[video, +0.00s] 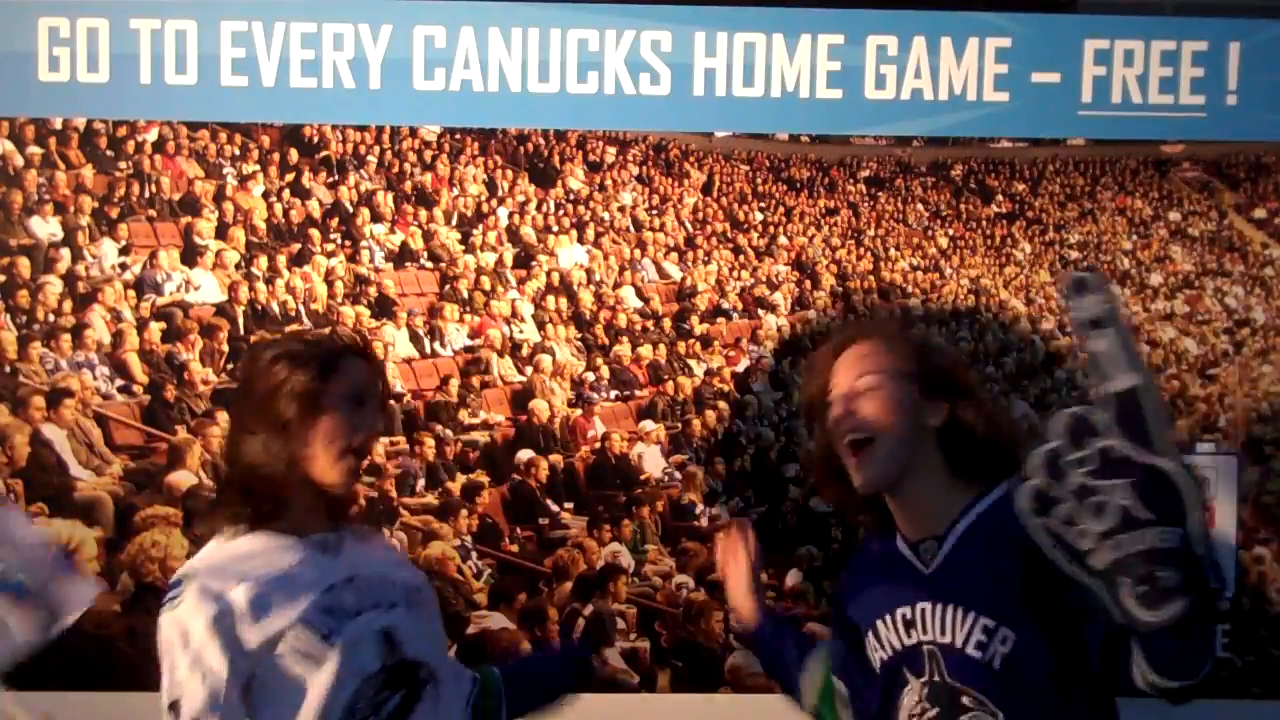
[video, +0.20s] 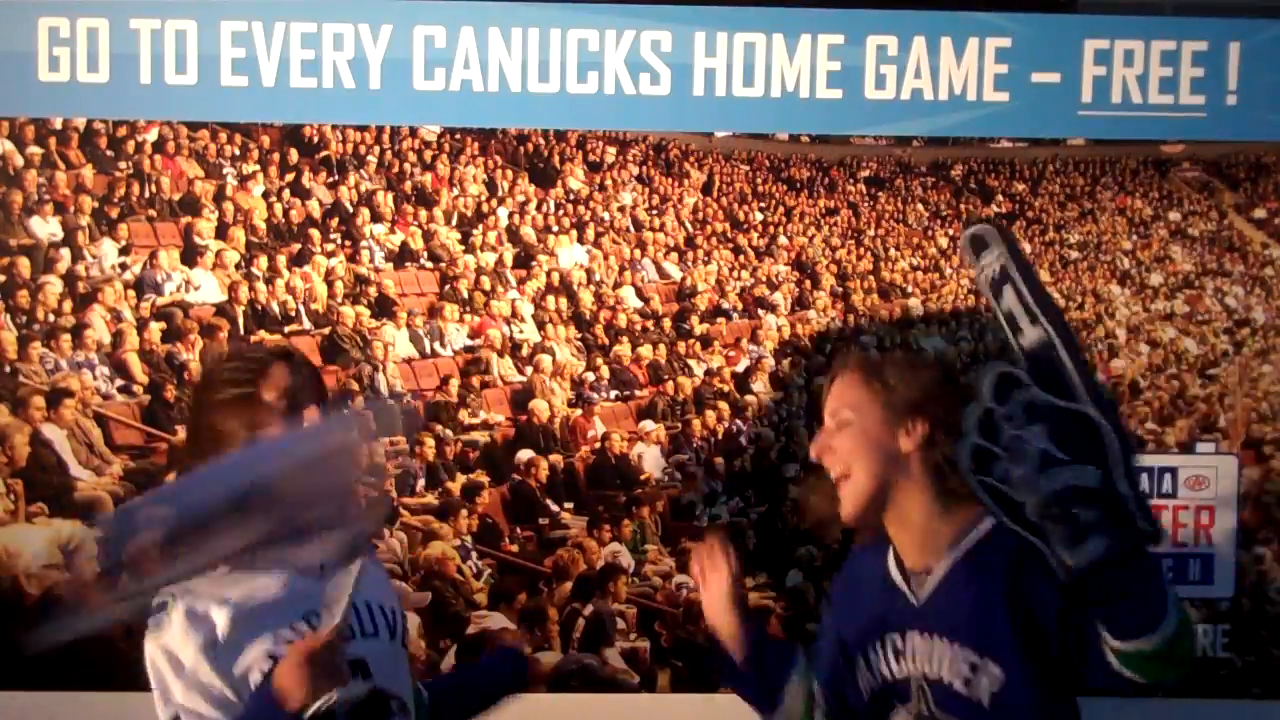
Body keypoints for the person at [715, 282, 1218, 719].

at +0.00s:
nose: (839, 412)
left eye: (866, 387)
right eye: (830, 403)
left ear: (935, 407)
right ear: (830, 436)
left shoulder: (1041, 529)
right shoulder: (868, 573)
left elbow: (1166, 679)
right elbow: (865, 701)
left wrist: (1163, 584)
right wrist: (758, 626)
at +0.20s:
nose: (818, 451)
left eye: (839, 424)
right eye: (823, 427)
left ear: (911, 433)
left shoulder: (1024, 566)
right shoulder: (859, 576)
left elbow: (1154, 674)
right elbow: (825, 707)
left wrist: (1103, 546)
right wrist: (737, 635)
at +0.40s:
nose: (830, 447)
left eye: (846, 416)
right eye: (835, 420)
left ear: (911, 413)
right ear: (909, 413)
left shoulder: (1011, 565)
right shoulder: (857, 557)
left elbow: (1086, 699)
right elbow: (838, 694)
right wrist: (736, 601)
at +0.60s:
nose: (850, 472)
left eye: (866, 440)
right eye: (849, 450)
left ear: (937, 434)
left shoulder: (1042, 590)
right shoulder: (867, 557)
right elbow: (766, 644)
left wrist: (1087, 632)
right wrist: (765, 498)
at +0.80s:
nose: (840, 432)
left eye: (868, 404)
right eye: (843, 409)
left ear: (939, 415)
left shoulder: (1024, 558)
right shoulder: (847, 529)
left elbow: (1066, 709)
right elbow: (720, 538)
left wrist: (1110, 635)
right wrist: (799, 407)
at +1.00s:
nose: (844, 443)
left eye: (864, 417)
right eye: (832, 429)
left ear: (925, 416)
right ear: (820, 446)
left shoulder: (1027, 548)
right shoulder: (839, 548)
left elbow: (1080, 709)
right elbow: (718, 610)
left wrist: (1087, 566)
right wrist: (783, 457)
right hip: (869, 710)